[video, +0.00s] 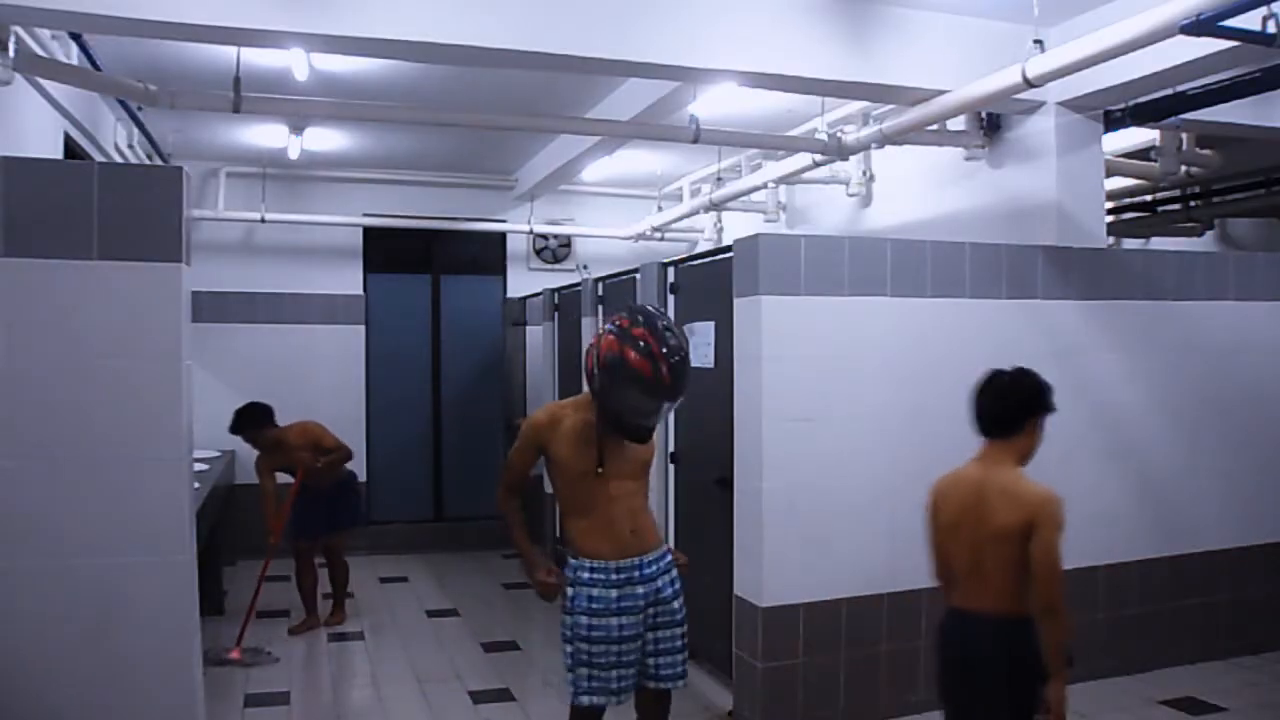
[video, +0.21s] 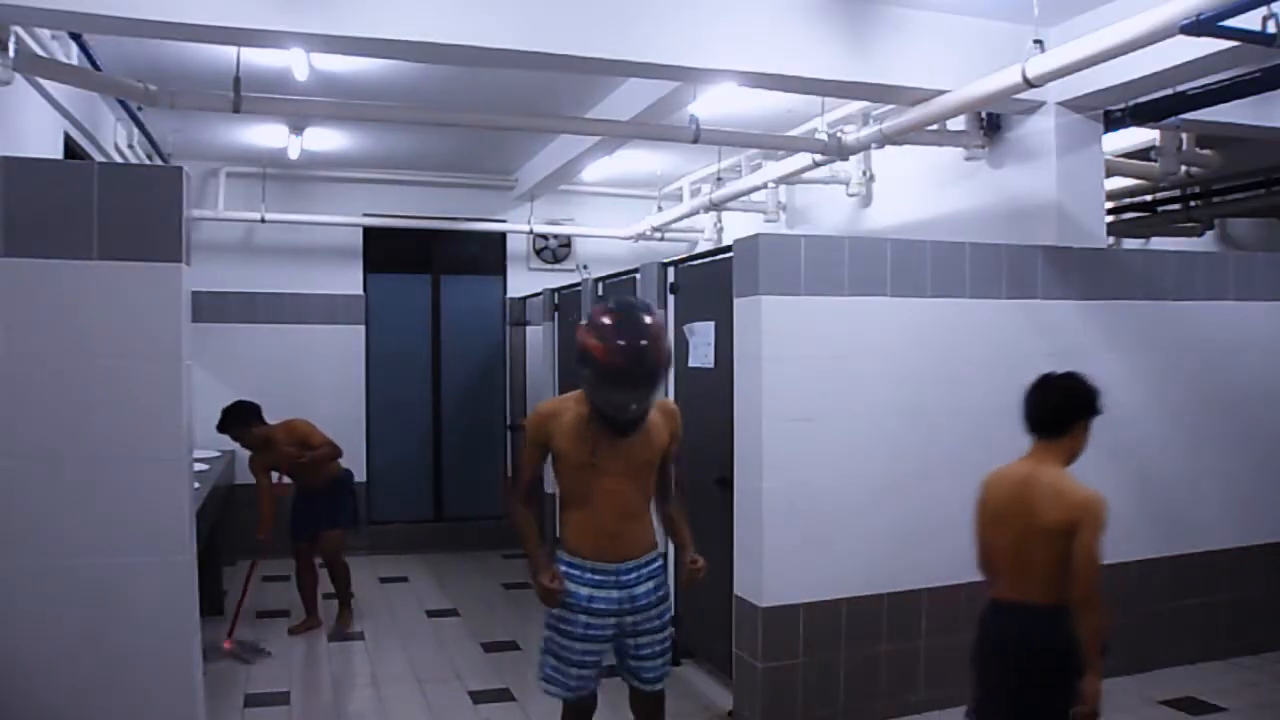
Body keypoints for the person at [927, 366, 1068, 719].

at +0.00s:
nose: (1041, 434)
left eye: (1041, 424)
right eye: (1041, 424)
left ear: (984, 420)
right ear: (1032, 426)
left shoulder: (944, 490)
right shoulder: (1038, 502)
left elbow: (943, 573)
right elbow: (1046, 603)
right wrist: (1056, 677)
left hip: (958, 637)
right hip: (1014, 643)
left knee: (961, 711)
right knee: (1014, 712)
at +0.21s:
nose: (1087, 437)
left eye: (1088, 427)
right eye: (1087, 427)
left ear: (1033, 421)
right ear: (1080, 429)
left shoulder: (993, 485)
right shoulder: (1082, 502)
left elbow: (986, 563)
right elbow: (1084, 594)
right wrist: (1092, 671)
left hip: (999, 628)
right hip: (1054, 634)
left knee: (992, 709)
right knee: (1051, 710)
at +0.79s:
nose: (1161, 418)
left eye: (1160, 408)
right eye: (1161, 408)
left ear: (1110, 409)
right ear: (1153, 412)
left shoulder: (1082, 468)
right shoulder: (1167, 474)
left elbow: (1070, 542)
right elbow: (1183, 549)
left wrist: (1063, 599)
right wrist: (1196, 602)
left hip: (1099, 587)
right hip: (1148, 589)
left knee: (1115, 689)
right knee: (1137, 697)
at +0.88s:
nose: (1170, 414)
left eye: (1170, 405)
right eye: (1169, 405)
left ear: (1121, 407)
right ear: (1159, 408)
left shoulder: (1093, 465)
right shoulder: (1176, 469)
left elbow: (1085, 538)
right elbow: (1191, 547)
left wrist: (1081, 591)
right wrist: (1204, 597)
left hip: (1109, 583)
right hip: (1159, 586)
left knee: (1123, 681)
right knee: (1159, 691)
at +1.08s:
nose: (1197, 409)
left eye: (1197, 400)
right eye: (1196, 400)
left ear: (1148, 400)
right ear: (1184, 403)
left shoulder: (1117, 454)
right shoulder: (1196, 461)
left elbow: (1112, 518)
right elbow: (1205, 536)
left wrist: (1123, 558)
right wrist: (1213, 594)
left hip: (1132, 574)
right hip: (1180, 575)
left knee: (1133, 669)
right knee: (1194, 667)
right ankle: (1182, 712)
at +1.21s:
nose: (1216, 412)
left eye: (1215, 403)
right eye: (1214, 403)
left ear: (1167, 402)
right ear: (1202, 405)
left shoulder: (1136, 454)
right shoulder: (1214, 463)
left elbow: (1129, 518)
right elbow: (1221, 536)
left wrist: (1147, 551)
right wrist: (1225, 593)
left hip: (1146, 571)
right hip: (1195, 574)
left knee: (1139, 667)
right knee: (1204, 669)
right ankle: (1204, 716)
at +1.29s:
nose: (1229, 409)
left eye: (1229, 400)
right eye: (1227, 400)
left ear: (1183, 399)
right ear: (1216, 402)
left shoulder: (1149, 452)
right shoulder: (1227, 462)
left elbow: (1140, 516)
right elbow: (1233, 533)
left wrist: (1155, 550)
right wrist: (1237, 590)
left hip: (1158, 568)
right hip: (1206, 572)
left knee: (1149, 659)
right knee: (1213, 662)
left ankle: (1134, 713)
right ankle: (1207, 714)